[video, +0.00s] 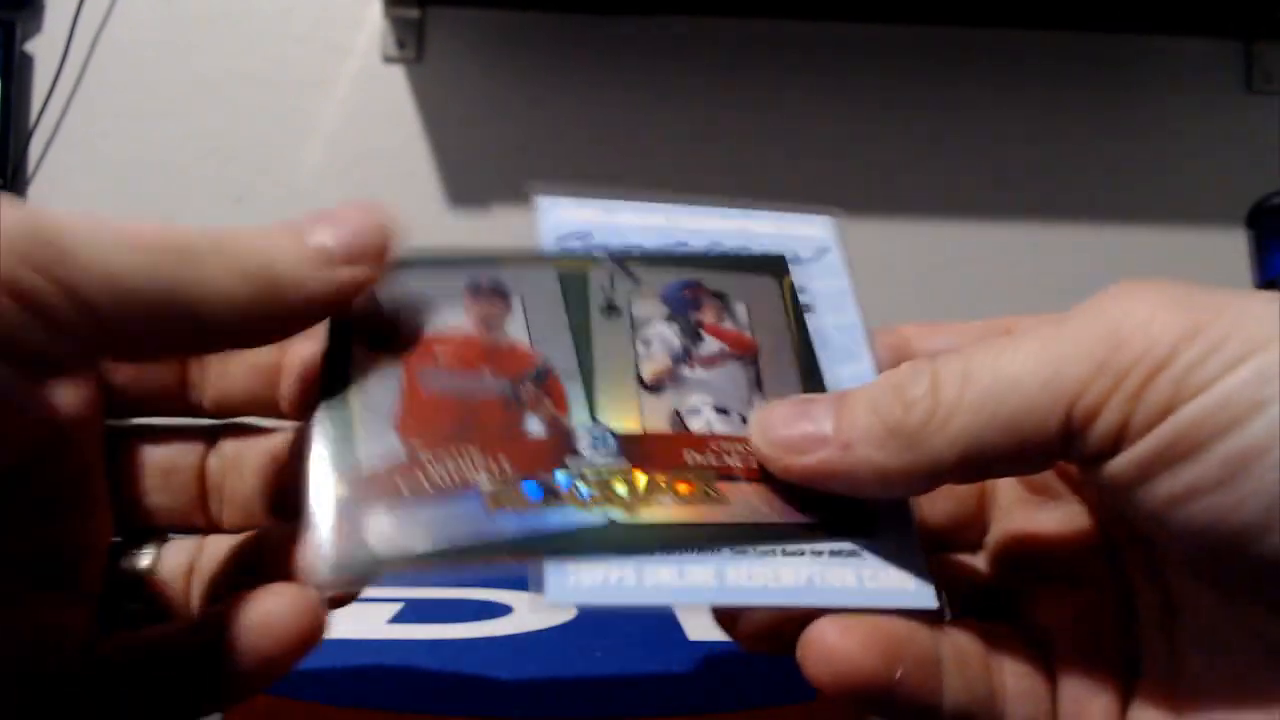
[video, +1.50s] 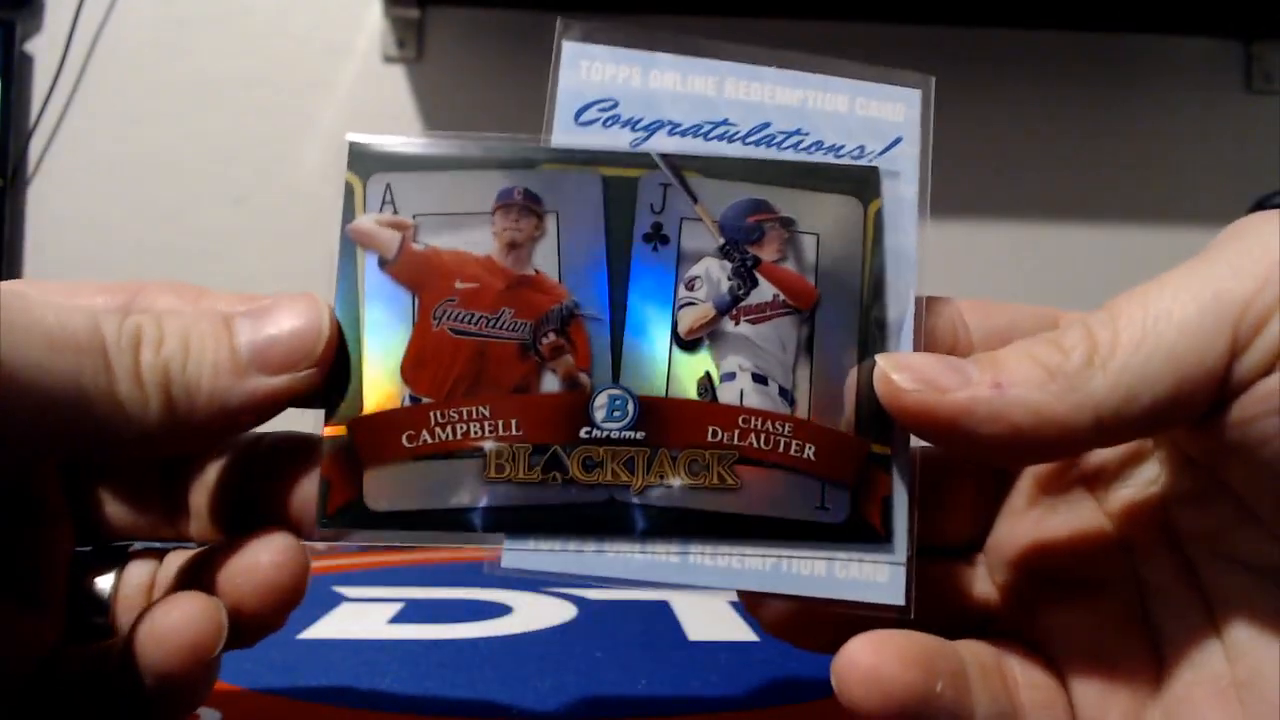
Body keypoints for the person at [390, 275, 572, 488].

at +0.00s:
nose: (486, 312)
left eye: (494, 304)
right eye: (479, 304)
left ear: (507, 309)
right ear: (467, 307)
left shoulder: (528, 364)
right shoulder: (433, 354)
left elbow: (560, 437)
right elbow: (410, 424)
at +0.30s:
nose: (491, 301)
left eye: (499, 292)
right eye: (484, 293)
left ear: (513, 299)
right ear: (473, 299)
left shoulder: (532, 349)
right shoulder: (447, 338)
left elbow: (570, 416)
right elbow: (354, 319)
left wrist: (548, 399)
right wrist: (385, 318)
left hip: (512, 462)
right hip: (453, 464)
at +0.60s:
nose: (473, 286)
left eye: (484, 280)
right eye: (465, 279)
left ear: (497, 292)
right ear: (454, 289)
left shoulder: (515, 350)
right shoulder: (414, 331)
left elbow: (549, 430)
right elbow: (352, 330)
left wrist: (530, 408)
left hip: (476, 470)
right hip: (403, 466)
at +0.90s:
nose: (479, 272)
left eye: (489, 266)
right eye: (471, 265)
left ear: (505, 278)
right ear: (459, 277)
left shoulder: (523, 344)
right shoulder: (415, 319)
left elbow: (556, 432)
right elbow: (328, 290)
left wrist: (536, 409)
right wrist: (363, 283)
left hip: (478, 477)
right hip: (401, 470)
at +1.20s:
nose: (497, 250)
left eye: (507, 244)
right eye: (489, 243)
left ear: (523, 257)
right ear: (476, 255)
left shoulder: (541, 324)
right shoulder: (431, 297)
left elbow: (573, 416)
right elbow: (342, 264)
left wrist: (552, 391)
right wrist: (381, 258)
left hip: (495, 458)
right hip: (416, 451)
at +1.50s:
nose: (513, 219)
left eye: (524, 213)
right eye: (506, 213)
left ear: (539, 228)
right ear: (493, 224)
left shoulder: (554, 299)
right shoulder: (445, 265)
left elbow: (582, 389)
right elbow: (358, 229)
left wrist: (564, 366)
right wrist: (398, 223)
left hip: (507, 429)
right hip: (429, 420)